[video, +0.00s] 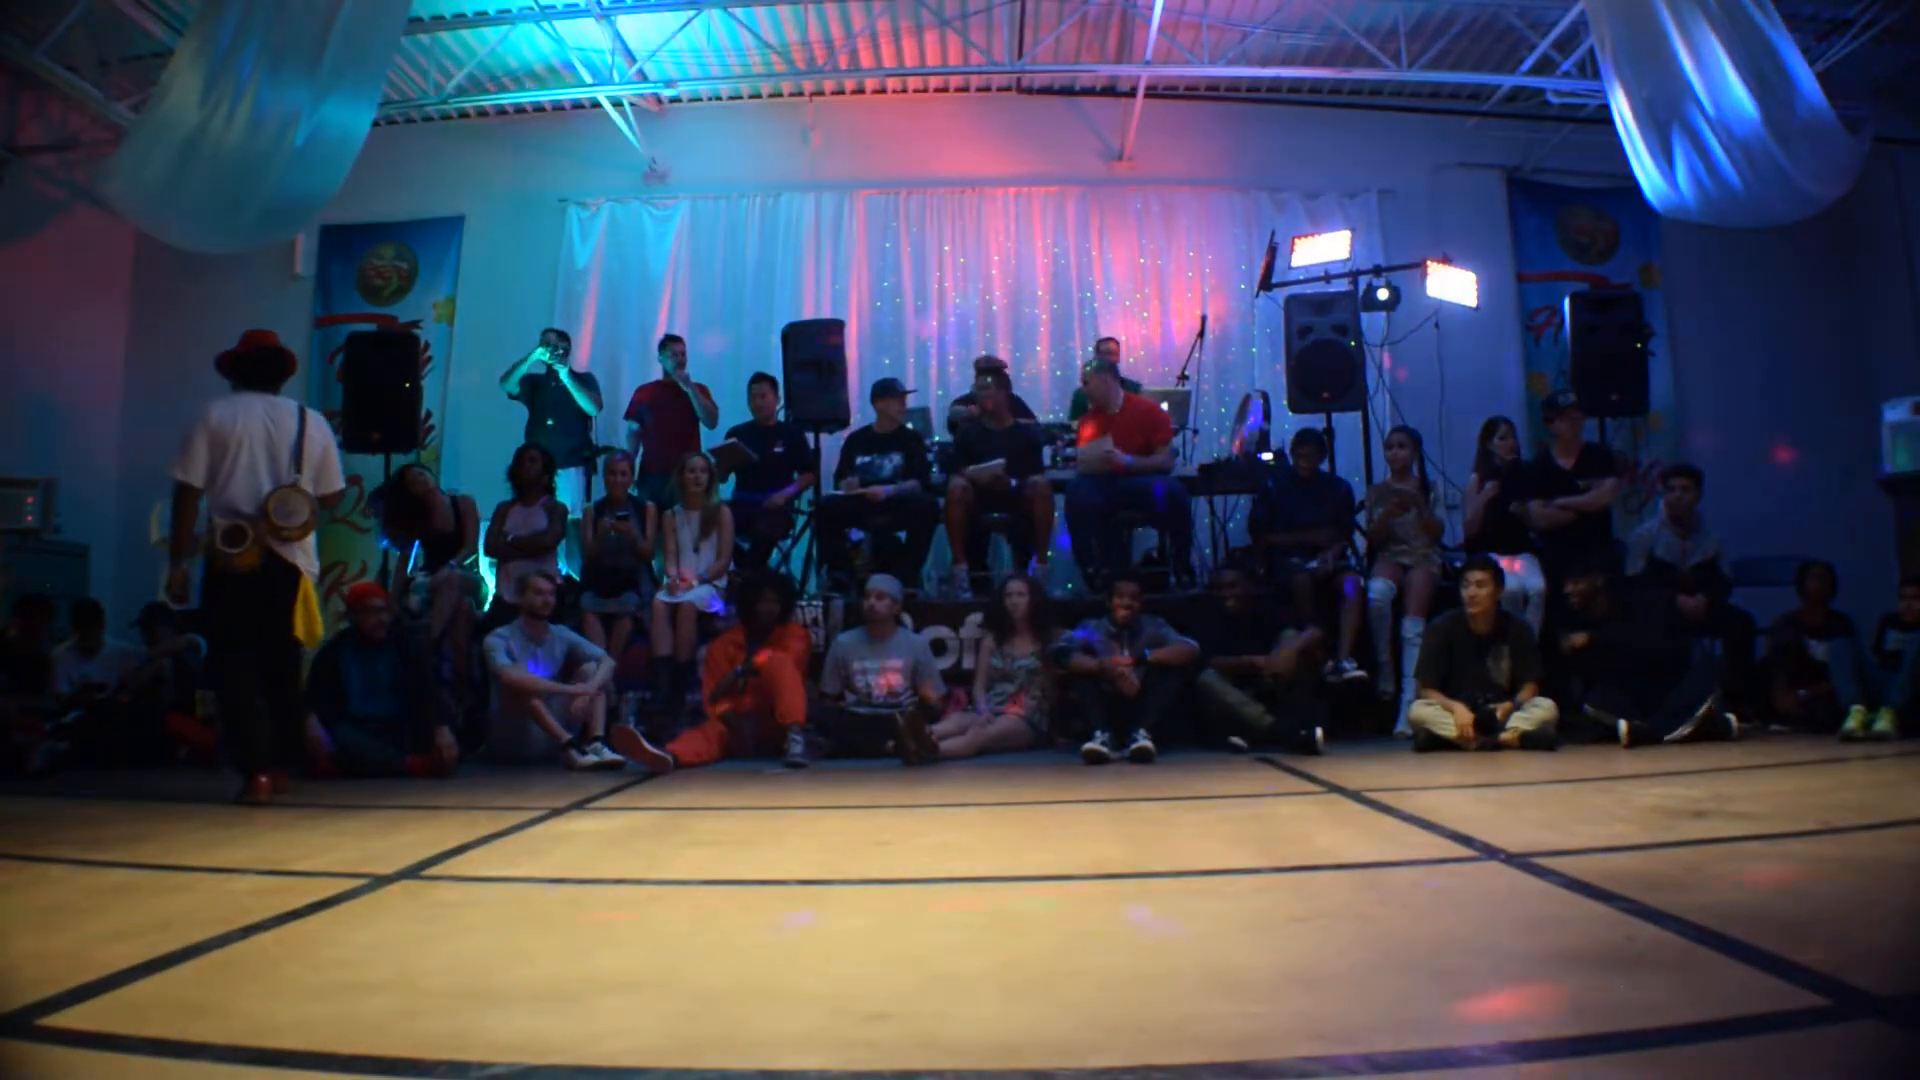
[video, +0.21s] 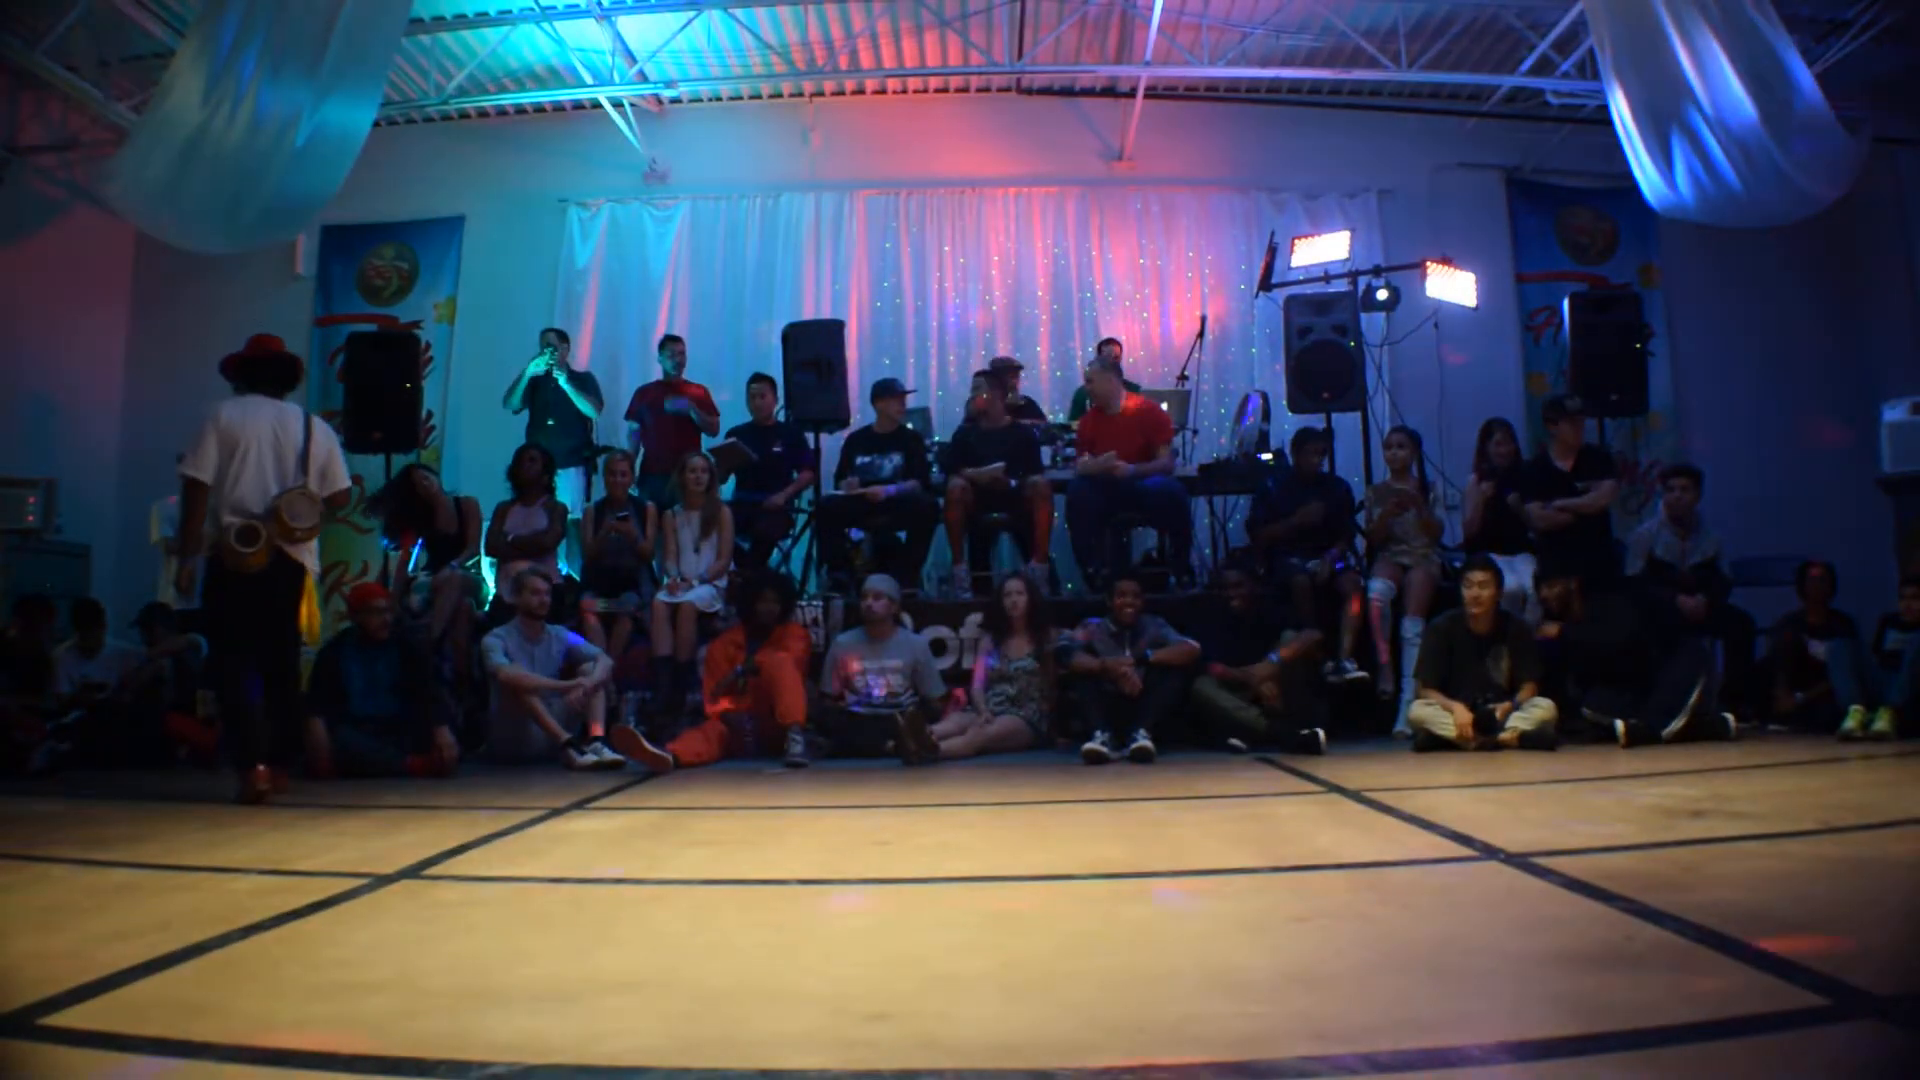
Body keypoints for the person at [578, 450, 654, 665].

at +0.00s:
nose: (617, 480)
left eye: (623, 474)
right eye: (612, 474)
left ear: (631, 477)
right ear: (604, 477)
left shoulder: (646, 509)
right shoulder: (592, 511)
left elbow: (647, 551)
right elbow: (588, 553)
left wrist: (629, 533)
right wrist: (601, 534)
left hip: (631, 572)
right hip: (599, 572)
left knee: (625, 611)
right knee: (589, 609)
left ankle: (609, 670)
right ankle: (601, 670)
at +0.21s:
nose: (617, 480)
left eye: (623, 475)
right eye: (612, 474)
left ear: (632, 478)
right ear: (604, 477)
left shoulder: (646, 509)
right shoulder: (592, 511)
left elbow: (647, 551)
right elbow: (588, 552)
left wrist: (630, 533)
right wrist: (605, 532)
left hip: (631, 578)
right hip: (599, 577)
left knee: (625, 615)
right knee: (589, 615)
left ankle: (607, 674)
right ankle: (603, 676)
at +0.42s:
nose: (617, 480)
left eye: (623, 475)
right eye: (612, 475)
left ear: (631, 477)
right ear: (604, 477)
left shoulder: (646, 509)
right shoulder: (592, 511)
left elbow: (647, 551)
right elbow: (588, 552)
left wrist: (630, 533)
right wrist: (605, 532)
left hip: (632, 573)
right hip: (600, 573)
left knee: (626, 608)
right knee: (589, 607)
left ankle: (609, 670)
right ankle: (602, 672)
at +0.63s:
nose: (617, 480)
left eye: (623, 475)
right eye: (611, 475)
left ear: (631, 477)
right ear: (603, 477)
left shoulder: (646, 509)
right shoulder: (591, 510)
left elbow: (647, 551)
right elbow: (587, 552)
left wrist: (630, 533)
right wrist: (604, 533)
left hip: (631, 573)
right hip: (599, 573)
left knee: (626, 608)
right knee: (589, 607)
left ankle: (610, 671)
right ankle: (601, 672)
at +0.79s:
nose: (617, 481)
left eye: (623, 475)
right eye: (611, 475)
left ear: (631, 477)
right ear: (603, 477)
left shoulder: (646, 509)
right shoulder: (591, 510)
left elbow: (647, 551)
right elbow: (587, 552)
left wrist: (630, 533)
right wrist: (604, 533)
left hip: (632, 575)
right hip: (599, 575)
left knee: (626, 608)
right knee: (589, 608)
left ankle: (609, 672)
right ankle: (601, 675)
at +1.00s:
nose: (619, 481)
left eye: (625, 476)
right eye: (613, 476)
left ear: (633, 477)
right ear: (605, 478)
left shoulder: (647, 509)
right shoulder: (594, 510)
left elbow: (649, 551)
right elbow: (589, 552)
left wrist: (633, 533)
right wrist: (606, 534)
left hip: (634, 575)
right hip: (601, 576)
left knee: (628, 609)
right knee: (590, 608)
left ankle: (610, 669)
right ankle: (603, 670)